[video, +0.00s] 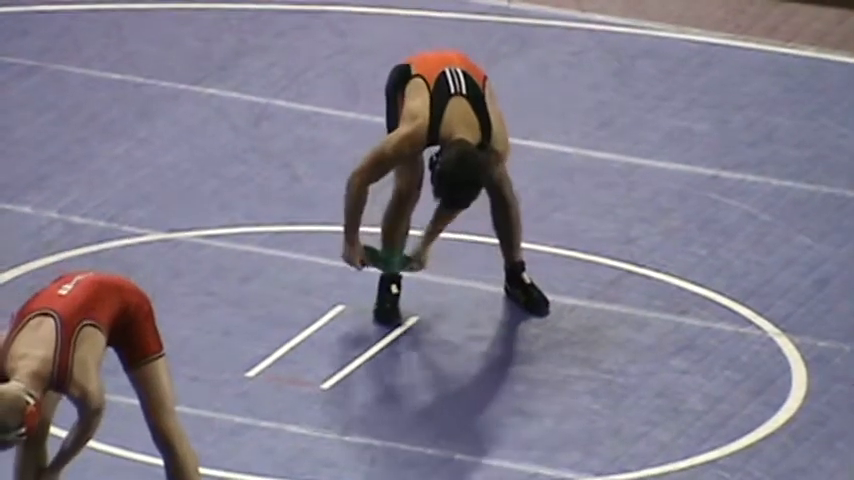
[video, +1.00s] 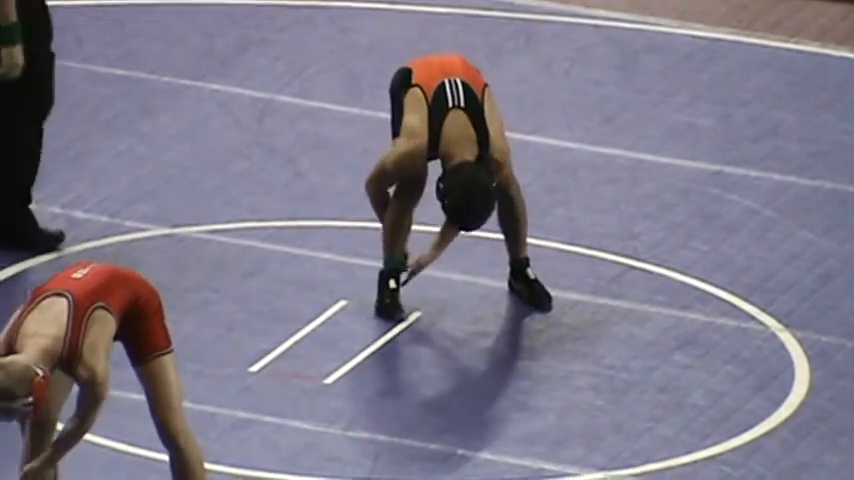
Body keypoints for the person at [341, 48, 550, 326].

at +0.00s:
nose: (446, 211)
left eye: (458, 208)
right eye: (444, 203)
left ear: (477, 181)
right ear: (436, 169)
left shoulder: (497, 148)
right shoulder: (415, 133)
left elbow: (456, 203)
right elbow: (358, 180)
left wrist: (425, 244)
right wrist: (352, 243)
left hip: (473, 77)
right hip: (411, 75)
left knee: (502, 187)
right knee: (407, 191)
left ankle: (516, 276)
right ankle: (390, 281)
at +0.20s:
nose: (447, 216)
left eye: (454, 213)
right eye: (444, 209)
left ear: (477, 187)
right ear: (435, 174)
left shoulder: (492, 153)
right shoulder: (409, 140)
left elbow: (440, 199)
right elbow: (363, 180)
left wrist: (409, 236)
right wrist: (360, 238)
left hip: (469, 80)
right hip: (409, 78)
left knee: (499, 188)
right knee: (404, 189)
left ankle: (518, 275)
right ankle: (389, 281)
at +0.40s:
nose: (446, 220)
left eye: (453, 220)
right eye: (444, 216)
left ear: (481, 187)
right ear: (434, 182)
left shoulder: (490, 153)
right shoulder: (405, 144)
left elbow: (439, 200)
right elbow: (366, 181)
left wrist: (411, 238)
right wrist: (365, 237)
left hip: (464, 79)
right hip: (406, 79)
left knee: (498, 187)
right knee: (403, 188)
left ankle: (517, 274)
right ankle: (388, 283)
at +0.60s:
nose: (451, 220)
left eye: (459, 220)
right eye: (448, 216)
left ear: (484, 186)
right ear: (437, 182)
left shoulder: (492, 152)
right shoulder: (407, 145)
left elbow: (444, 197)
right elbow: (370, 183)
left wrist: (420, 236)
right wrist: (371, 238)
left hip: (466, 77)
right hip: (409, 78)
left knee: (502, 187)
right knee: (405, 187)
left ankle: (519, 273)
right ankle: (390, 280)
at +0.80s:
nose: (456, 223)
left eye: (464, 222)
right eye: (451, 216)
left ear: (488, 186)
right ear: (440, 187)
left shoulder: (495, 153)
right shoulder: (409, 147)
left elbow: (452, 205)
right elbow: (374, 187)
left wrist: (428, 246)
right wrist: (389, 243)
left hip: (468, 76)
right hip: (412, 77)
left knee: (505, 186)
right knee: (407, 187)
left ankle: (521, 272)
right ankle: (390, 274)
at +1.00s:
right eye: (454, 221)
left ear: (490, 189)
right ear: (443, 191)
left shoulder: (497, 156)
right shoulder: (412, 150)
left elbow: (458, 216)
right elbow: (374, 186)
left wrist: (433, 253)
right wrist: (394, 230)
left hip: (470, 77)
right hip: (415, 78)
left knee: (509, 187)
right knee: (409, 187)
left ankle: (521, 271)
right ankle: (391, 277)